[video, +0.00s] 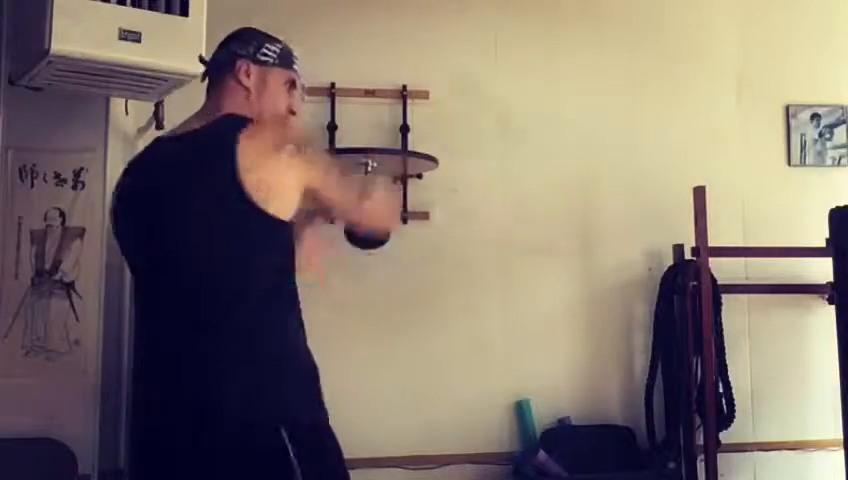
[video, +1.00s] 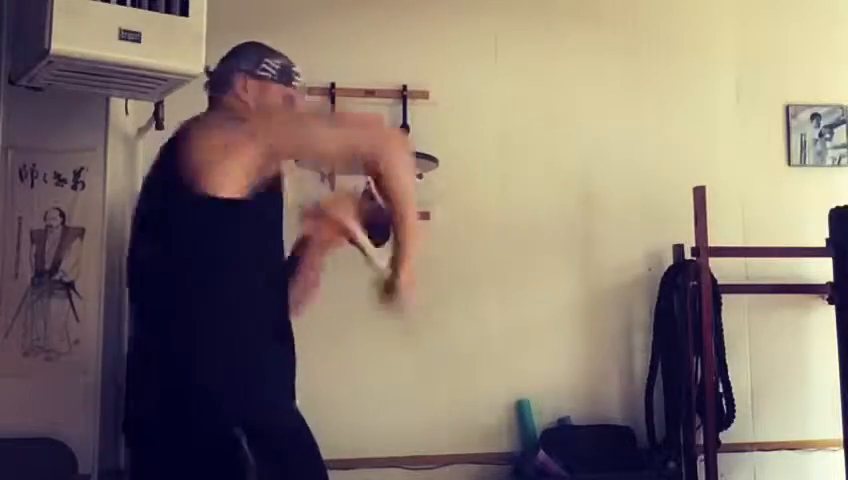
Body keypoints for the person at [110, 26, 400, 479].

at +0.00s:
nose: (295, 106)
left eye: (296, 91)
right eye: (289, 86)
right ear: (245, 74)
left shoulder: (136, 173)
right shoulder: (271, 150)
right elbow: (376, 221)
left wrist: (289, 244)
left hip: (166, 413)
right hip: (264, 413)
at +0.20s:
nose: (283, 87)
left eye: (280, 72)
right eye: (271, 69)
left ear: (225, 69)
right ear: (224, 66)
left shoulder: (160, 162)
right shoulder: (234, 167)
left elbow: (264, 260)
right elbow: (334, 282)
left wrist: (367, 238)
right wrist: (413, 243)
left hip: (175, 418)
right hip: (254, 425)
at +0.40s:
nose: (261, 91)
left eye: (259, 75)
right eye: (249, 71)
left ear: (203, 75)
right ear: (200, 71)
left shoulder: (233, 173)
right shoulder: (172, 181)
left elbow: (288, 219)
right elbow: (294, 282)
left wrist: (361, 211)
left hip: (272, 435)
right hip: (213, 445)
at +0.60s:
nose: (285, 97)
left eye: (284, 83)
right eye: (274, 79)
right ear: (226, 75)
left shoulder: (284, 184)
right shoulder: (158, 178)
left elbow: (329, 289)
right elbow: (110, 317)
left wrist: (241, 285)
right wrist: (203, 335)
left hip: (282, 430)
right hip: (186, 436)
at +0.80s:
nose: (318, 115)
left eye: (318, 101)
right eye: (310, 97)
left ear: (268, 90)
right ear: (265, 87)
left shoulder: (304, 197)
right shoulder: (172, 145)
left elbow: (317, 290)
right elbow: (76, 165)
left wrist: (223, 279)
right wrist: (62, 151)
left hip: (264, 408)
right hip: (174, 404)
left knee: (303, 474)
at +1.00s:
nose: (294, 106)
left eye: (295, 96)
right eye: (285, 90)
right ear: (243, 87)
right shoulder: (214, 137)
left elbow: (285, 304)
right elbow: (384, 140)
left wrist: (313, 243)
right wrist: (403, 260)